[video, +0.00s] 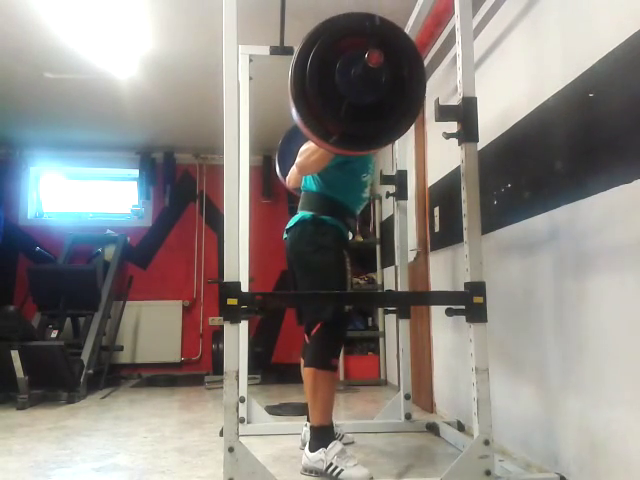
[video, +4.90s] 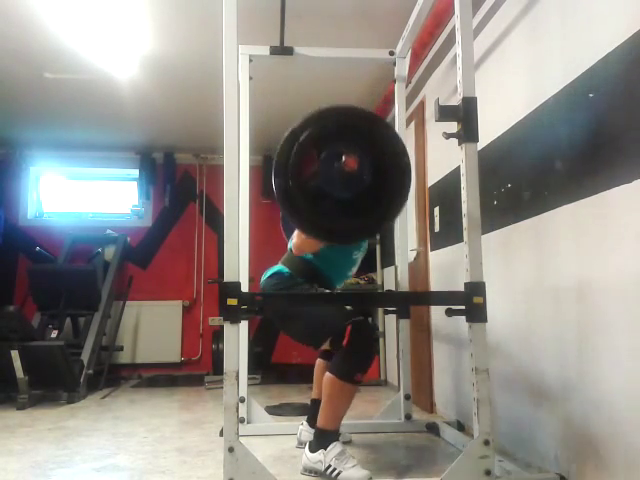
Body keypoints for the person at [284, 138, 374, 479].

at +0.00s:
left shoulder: (355, 137)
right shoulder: (338, 131)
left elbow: (292, 180)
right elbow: (300, 168)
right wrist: (340, 138)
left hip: (321, 232)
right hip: (315, 231)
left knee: (320, 332)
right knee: (328, 331)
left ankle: (317, 432)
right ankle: (321, 446)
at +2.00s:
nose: (378, 131)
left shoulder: (347, 143)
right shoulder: (335, 135)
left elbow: (287, 185)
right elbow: (298, 167)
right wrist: (337, 134)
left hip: (316, 234)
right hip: (311, 234)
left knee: (313, 334)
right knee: (317, 333)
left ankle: (315, 428)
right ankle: (319, 447)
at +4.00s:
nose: (373, 130)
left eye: (374, 124)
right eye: (369, 124)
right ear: (355, 119)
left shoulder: (348, 151)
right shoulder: (331, 139)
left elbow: (288, 186)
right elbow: (294, 173)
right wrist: (330, 136)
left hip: (313, 237)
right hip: (302, 235)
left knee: (318, 329)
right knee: (324, 326)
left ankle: (315, 429)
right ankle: (319, 445)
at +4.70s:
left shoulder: (355, 180)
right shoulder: (331, 176)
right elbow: (294, 221)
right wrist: (345, 190)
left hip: (300, 266)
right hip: (283, 264)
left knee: (335, 328)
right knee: (351, 325)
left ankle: (313, 422)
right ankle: (321, 446)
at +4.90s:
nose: (351, 166)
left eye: (356, 160)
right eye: (346, 160)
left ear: (367, 165)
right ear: (336, 164)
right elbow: (300, 245)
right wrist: (341, 206)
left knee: (340, 337)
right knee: (359, 337)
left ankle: (315, 427)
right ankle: (322, 448)